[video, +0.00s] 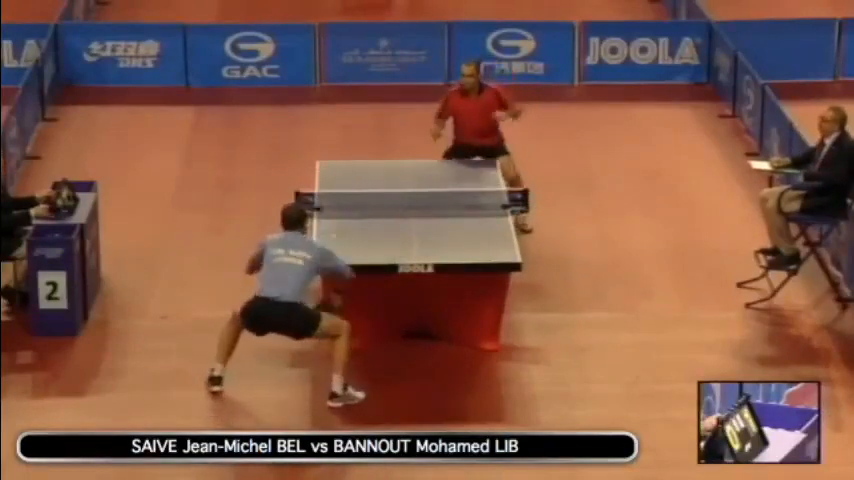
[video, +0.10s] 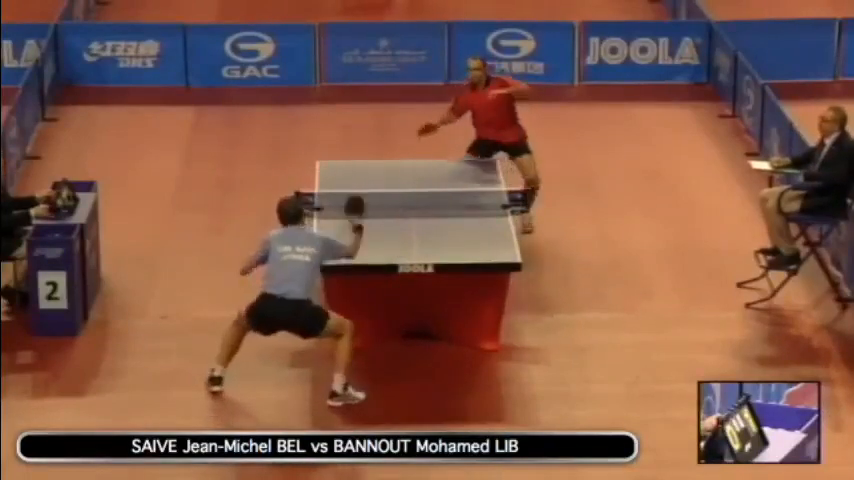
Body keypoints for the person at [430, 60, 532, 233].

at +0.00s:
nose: (465, 80)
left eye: (470, 76)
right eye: (463, 76)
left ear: (478, 77)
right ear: (460, 76)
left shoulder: (492, 94)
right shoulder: (453, 96)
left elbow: (509, 108)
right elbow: (441, 116)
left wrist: (513, 113)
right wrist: (437, 128)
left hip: (492, 146)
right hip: (463, 146)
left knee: (513, 176)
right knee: (441, 173)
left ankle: (520, 217)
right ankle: (442, 217)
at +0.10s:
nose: (473, 74)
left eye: (476, 70)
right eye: (470, 70)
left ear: (485, 71)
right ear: (468, 73)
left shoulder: (501, 84)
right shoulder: (468, 95)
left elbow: (527, 92)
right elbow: (453, 114)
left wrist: (507, 92)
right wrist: (436, 124)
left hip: (513, 138)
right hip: (485, 140)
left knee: (532, 179)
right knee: (463, 174)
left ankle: (525, 212)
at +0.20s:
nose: (478, 73)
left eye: (482, 69)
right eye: (476, 69)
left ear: (490, 70)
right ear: (475, 71)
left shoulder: (507, 83)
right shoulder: (476, 94)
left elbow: (522, 102)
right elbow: (468, 116)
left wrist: (499, 110)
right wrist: (452, 132)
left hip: (526, 135)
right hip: (501, 137)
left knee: (539, 175)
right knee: (478, 167)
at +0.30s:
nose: (491, 83)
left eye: (494, 79)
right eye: (489, 79)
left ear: (503, 78)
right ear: (489, 81)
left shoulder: (516, 96)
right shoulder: (499, 98)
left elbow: (517, 126)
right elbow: (502, 125)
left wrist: (494, 134)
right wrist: (499, 147)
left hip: (542, 145)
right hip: (520, 145)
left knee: (561, 187)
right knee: (491, 174)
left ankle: (599, 216)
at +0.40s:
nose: (504, 91)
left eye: (507, 86)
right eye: (502, 87)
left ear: (516, 85)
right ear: (503, 87)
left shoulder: (525, 103)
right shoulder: (518, 100)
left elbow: (522, 136)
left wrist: (504, 149)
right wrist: (514, 145)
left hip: (551, 155)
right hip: (531, 154)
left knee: (572, 194)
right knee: (497, 171)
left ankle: (618, 220)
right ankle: (501, 213)